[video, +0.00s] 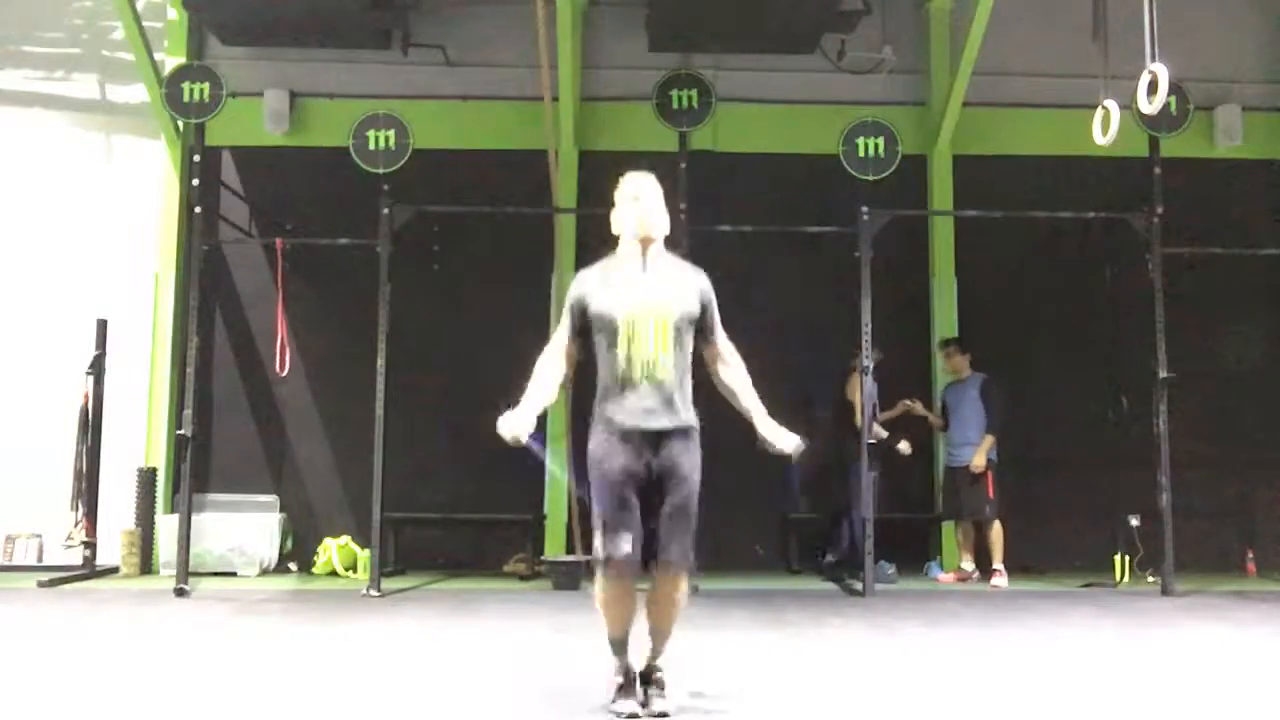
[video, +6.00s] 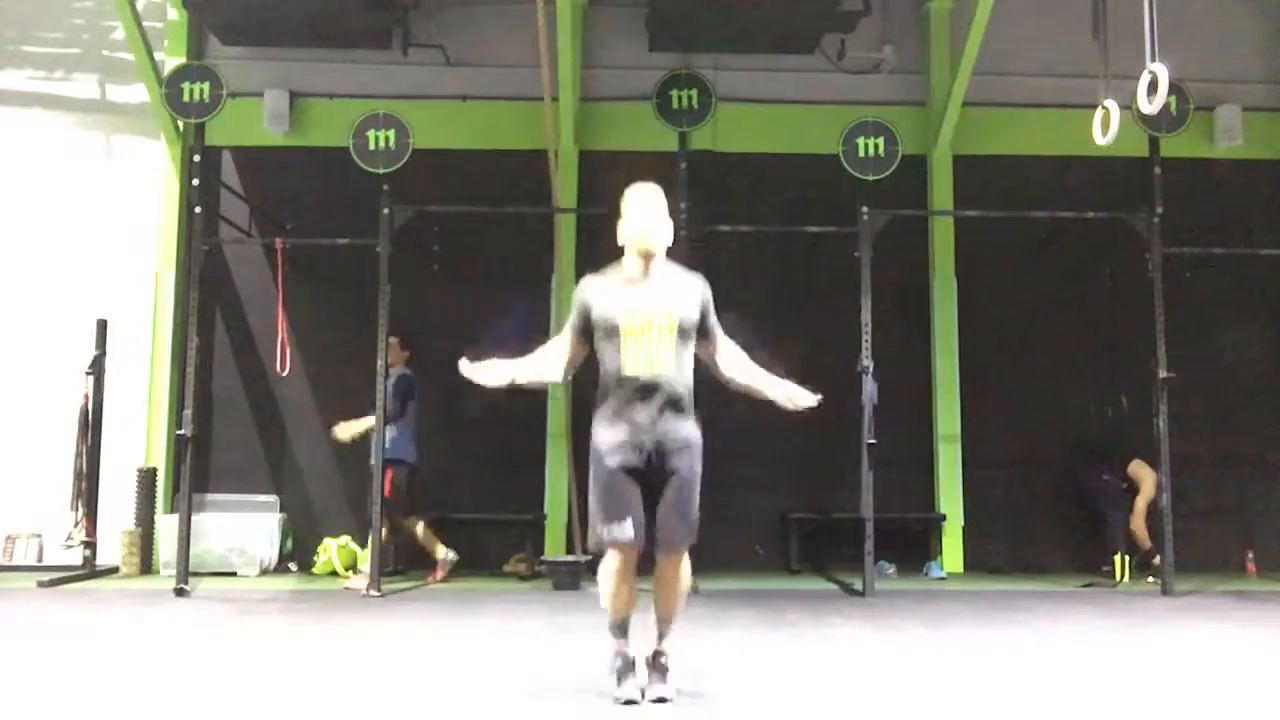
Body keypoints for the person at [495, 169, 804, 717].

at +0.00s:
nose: (644, 210)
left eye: (652, 201)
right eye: (633, 201)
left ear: (667, 214)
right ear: (615, 215)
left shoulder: (693, 281)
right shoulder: (589, 284)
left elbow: (723, 359)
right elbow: (559, 354)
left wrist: (765, 423)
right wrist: (527, 408)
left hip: (677, 434)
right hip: (614, 433)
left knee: (674, 560)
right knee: (618, 554)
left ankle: (654, 669)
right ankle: (621, 669)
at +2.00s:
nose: (645, 177)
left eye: (653, 168)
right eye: (635, 168)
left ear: (668, 178)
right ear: (618, 179)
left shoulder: (692, 244)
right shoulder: (589, 245)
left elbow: (705, 312)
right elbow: (563, 311)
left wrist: (745, 368)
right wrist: (505, 355)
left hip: (672, 399)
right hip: (605, 399)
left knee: (664, 524)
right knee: (603, 517)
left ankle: (649, 636)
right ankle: (608, 626)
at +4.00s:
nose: (644, 162)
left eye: (652, 154)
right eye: (634, 154)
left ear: (666, 167)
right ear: (617, 167)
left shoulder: (693, 231)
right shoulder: (591, 234)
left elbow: (725, 303)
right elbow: (561, 308)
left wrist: (771, 356)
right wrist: (517, 351)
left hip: (677, 370)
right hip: (616, 370)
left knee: (672, 486)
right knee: (617, 481)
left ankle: (656, 594)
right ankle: (614, 592)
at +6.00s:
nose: (649, 224)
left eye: (657, 216)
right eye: (639, 216)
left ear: (671, 226)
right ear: (621, 227)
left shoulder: (693, 288)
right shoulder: (594, 290)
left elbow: (724, 357)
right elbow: (562, 359)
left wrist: (779, 388)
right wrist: (507, 369)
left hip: (678, 432)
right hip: (616, 430)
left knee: (673, 548)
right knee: (624, 546)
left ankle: (661, 657)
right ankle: (620, 655)